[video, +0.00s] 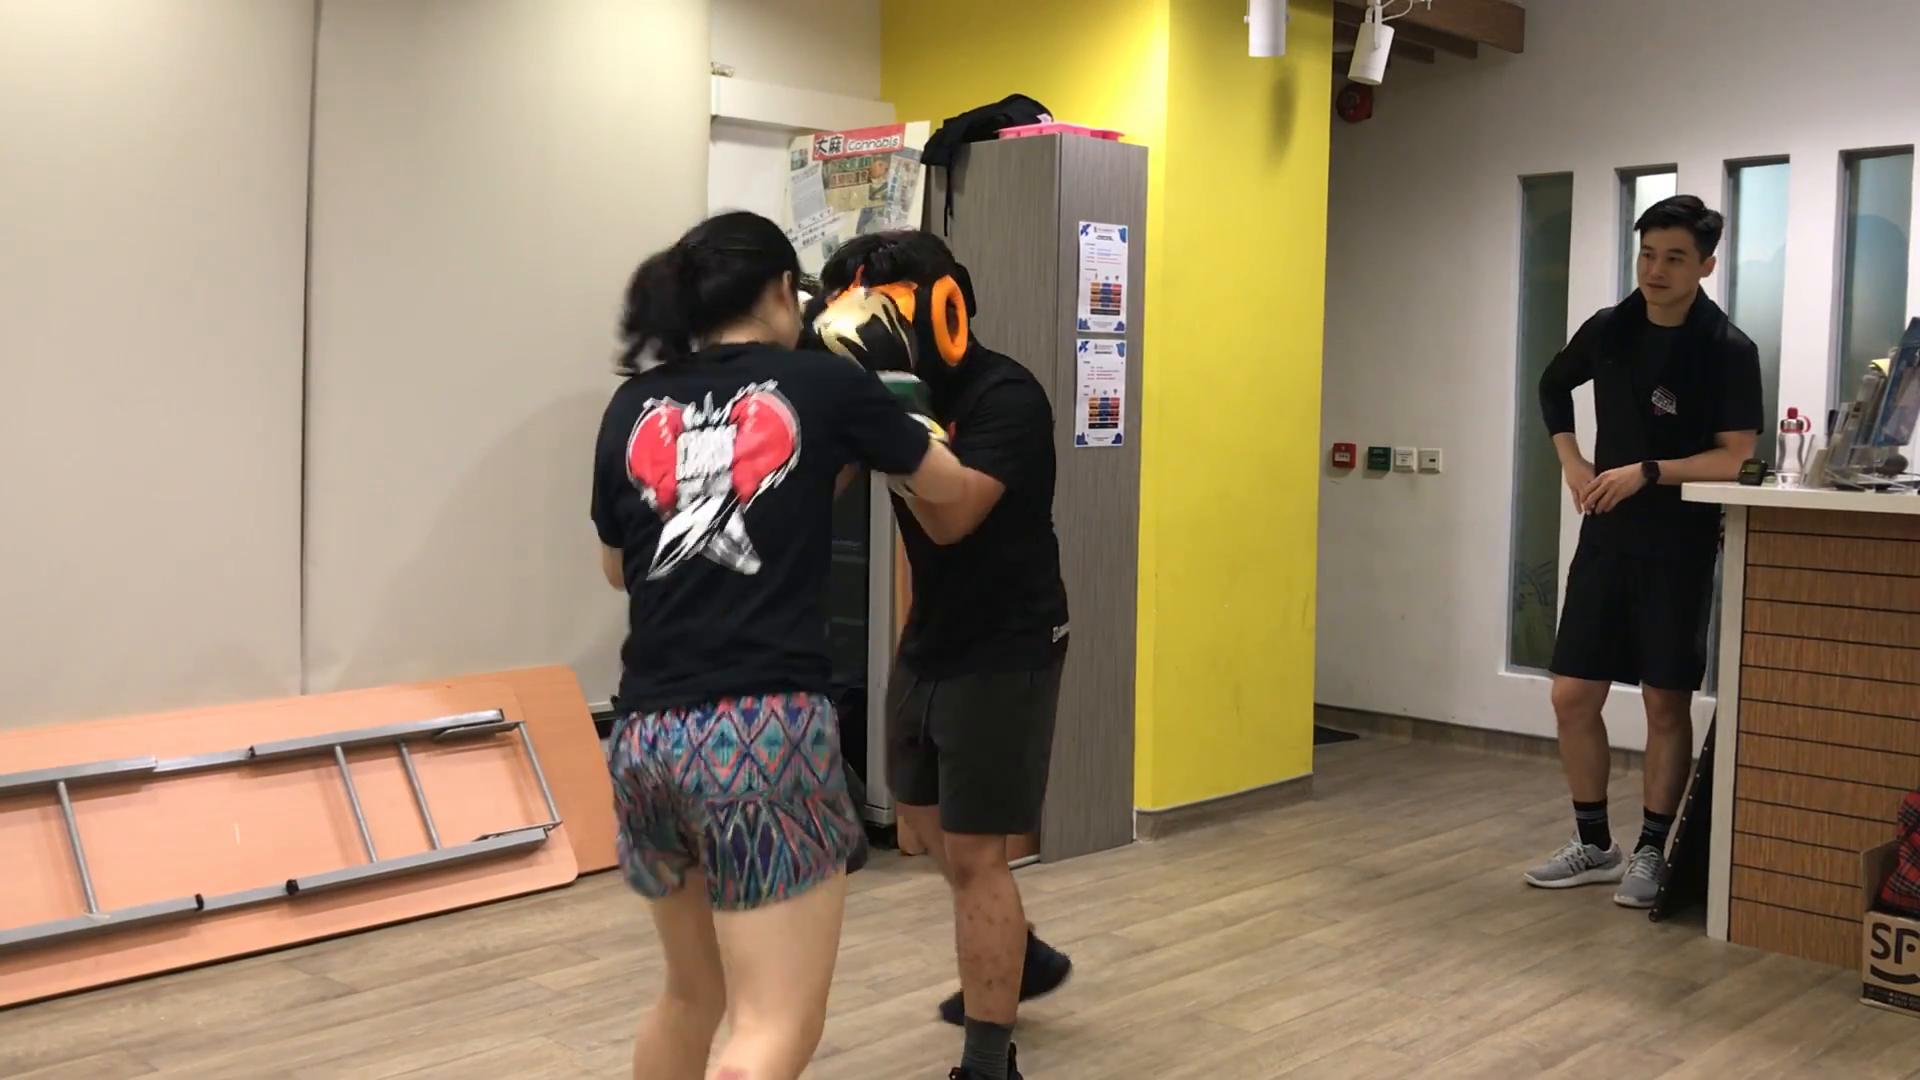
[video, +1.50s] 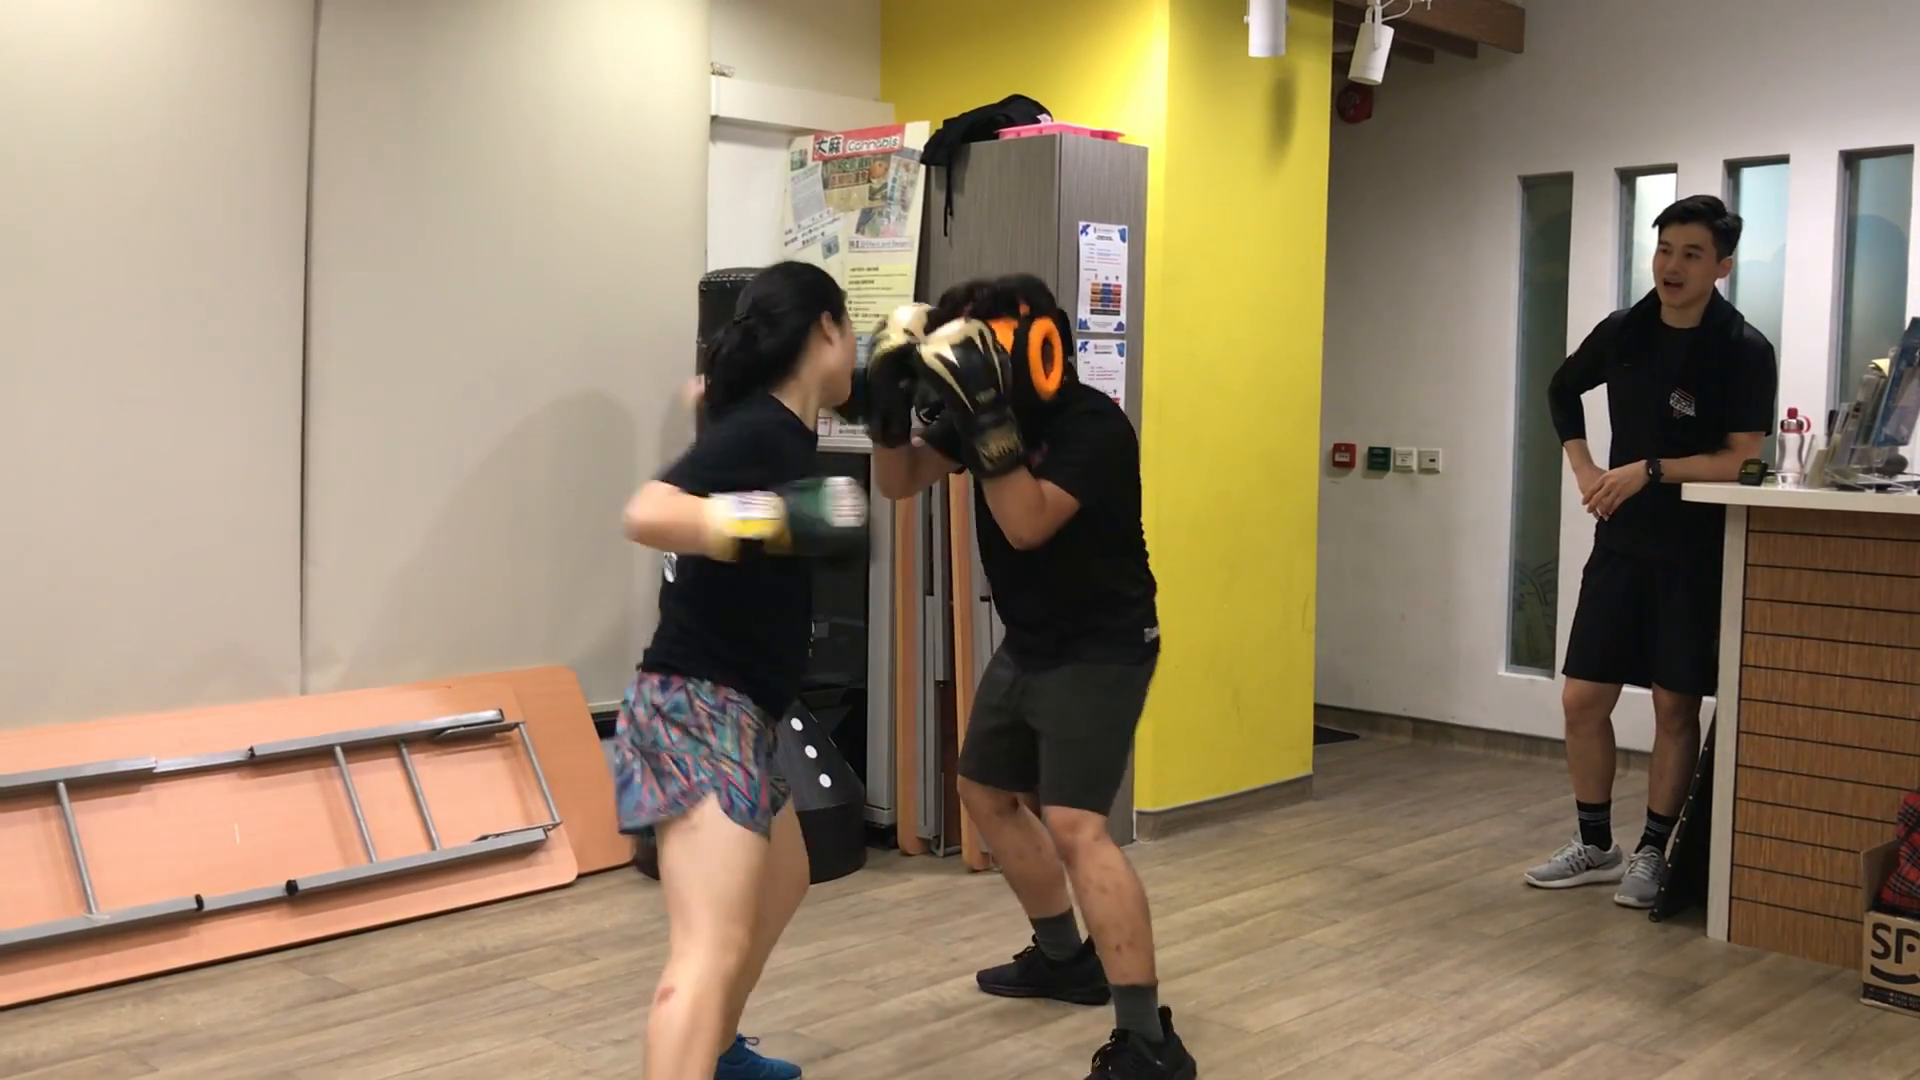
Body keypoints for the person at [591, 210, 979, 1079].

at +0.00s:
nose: (804, 305)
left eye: (799, 291)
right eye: (799, 289)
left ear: (688, 305)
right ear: (779, 291)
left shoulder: (630, 404)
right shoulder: (824, 383)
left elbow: (618, 565)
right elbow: (958, 506)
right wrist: (908, 422)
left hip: (647, 732)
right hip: (768, 727)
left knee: (688, 996)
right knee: (771, 1028)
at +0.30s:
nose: (833, 344)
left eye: (831, 326)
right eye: (828, 325)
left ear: (726, 328)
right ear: (805, 328)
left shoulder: (658, 432)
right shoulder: (812, 435)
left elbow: (555, 536)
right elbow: (859, 596)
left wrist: (569, 585)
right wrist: (924, 574)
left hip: (656, 746)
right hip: (760, 747)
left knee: (738, 988)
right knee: (698, 1024)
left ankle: (693, 1061)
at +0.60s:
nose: (821, 304)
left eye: (817, 289)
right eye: (817, 289)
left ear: (720, 306)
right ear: (799, 299)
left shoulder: (685, 426)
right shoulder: (818, 404)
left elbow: (679, 568)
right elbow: (811, 501)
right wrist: (925, 517)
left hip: (687, 689)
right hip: (781, 692)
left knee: (745, 908)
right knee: (771, 947)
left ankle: (736, 1062)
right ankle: (701, 1072)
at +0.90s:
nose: (810, 315)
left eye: (806, 302)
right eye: (807, 301)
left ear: (711, 312)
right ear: (789, 302)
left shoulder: (655, 407)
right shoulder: (829, 386)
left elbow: (626, 554)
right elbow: (939, 471)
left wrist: (701, 513)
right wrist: (879, 426)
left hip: (679, 694)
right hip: (788, 693)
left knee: (731, 906)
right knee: (793, 929)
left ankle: (734, 1064)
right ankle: (688, 1074)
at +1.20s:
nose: (823, 388)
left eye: (820, 371)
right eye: (822, 371)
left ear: (722, 369)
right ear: (805, 375)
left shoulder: (645, 459)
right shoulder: (820, 475)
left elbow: (575, 591)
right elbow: (896, 608)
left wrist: (660, 560)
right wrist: (900, 512)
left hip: (645, 768)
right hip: (756, 769)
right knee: (745, 1019)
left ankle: (751, 1062)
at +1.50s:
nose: (853, 346)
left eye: (847, 329)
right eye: (846, 329)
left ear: (780, 339)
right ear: (819, 336)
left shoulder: (786, 434)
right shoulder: (759, 432)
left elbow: (701, 400)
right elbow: (646, 511)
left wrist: (700, 404)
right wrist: (735, 523)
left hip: (736, 707)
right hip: (696, 705)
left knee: (782, 878)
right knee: (711, 949)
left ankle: (715, 1043)